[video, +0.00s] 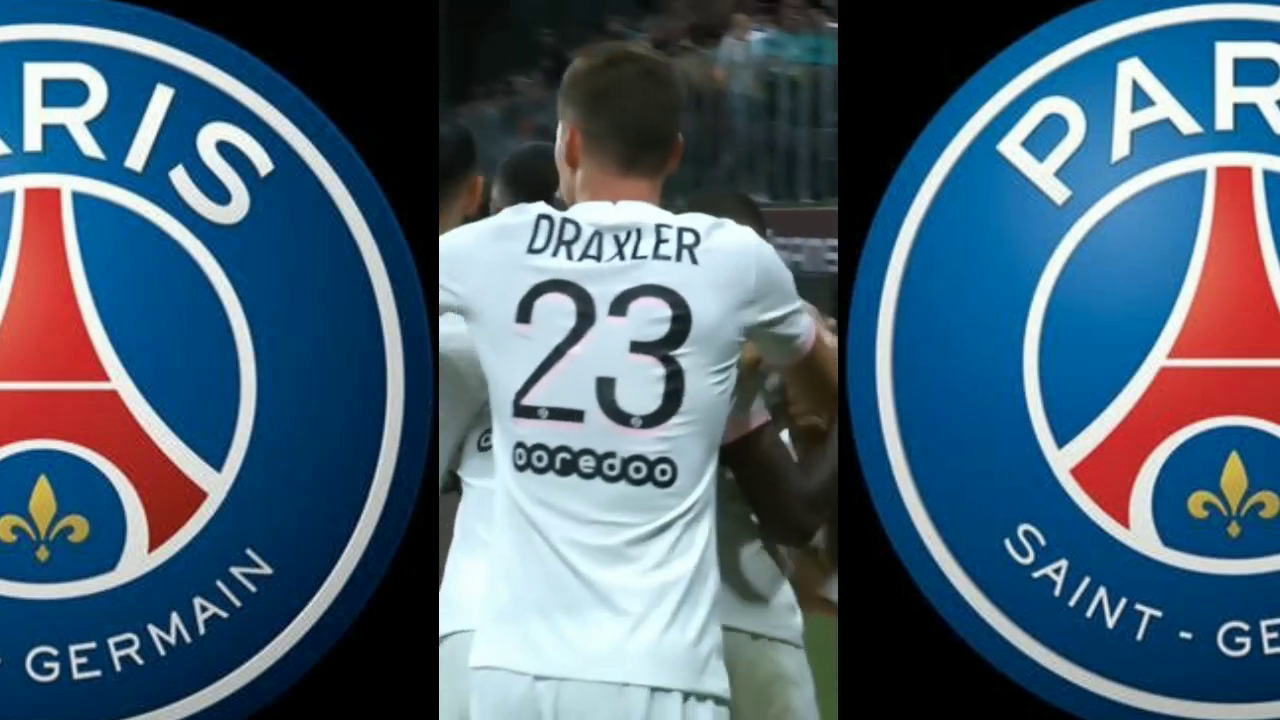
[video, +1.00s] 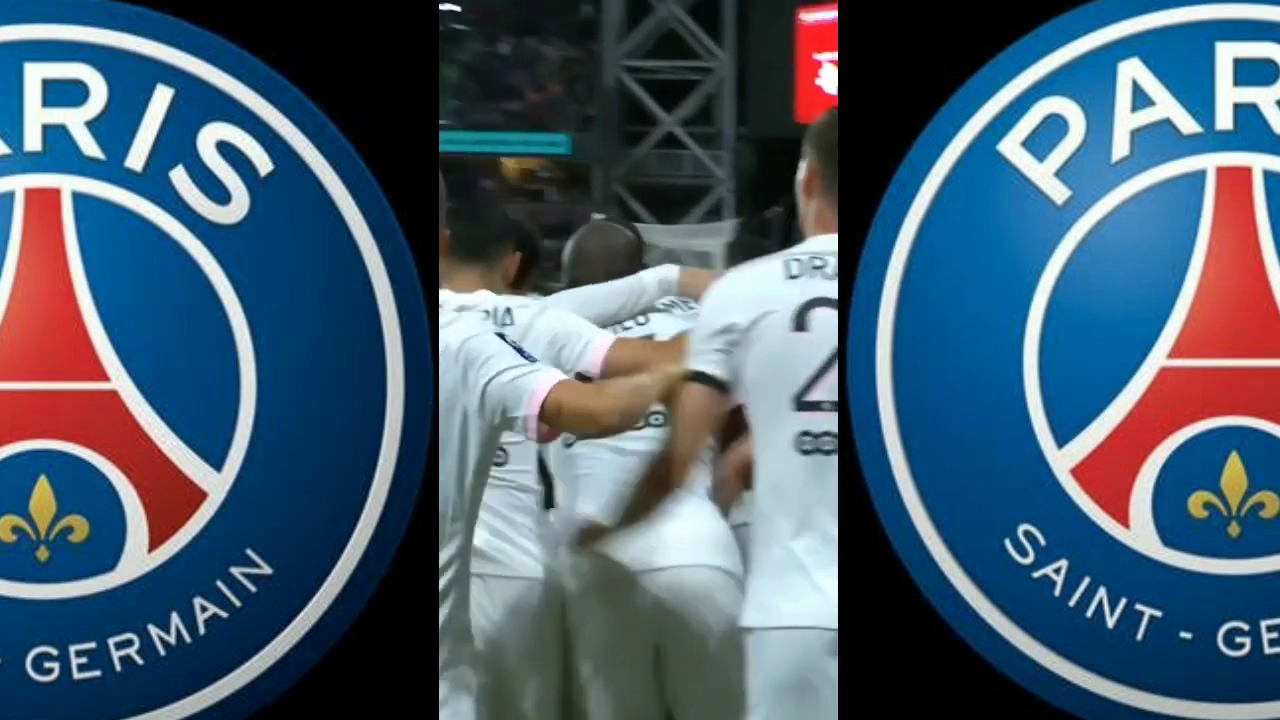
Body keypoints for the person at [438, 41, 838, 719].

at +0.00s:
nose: (556, 150)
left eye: (557, 136)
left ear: (568, 143)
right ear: (676, 154)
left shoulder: (475, 253)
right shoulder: (738, 259)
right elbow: (815, 359)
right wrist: (810, 422)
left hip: (495, 653)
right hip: (658, 663)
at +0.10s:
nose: (551, 157)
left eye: (553, 140)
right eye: (554, 139)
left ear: (568, 149)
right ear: (671, 161)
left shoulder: (491, 257)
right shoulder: (735, 263)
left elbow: (363, 292)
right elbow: (813, 386)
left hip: (528, 651)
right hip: (676, 656)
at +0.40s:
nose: (551, 165)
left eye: (551, 147)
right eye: (551, 146)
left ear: (569, 155)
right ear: (663, 159)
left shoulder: (492, 249)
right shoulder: (724, 259)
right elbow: (815, 402)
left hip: (533, 639)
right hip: (681, 641)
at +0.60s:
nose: (608, 176)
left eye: (609, 163)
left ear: (621, 173)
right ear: (715, 190)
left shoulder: (558, 263)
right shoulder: (777, 277)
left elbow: (454, 299)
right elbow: (816, 406)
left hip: (590, 633)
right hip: (731, 641)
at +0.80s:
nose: (700, 186)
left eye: (705, 171)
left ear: (716, 182)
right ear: (809, 200)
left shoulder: (655, 281)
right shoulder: (849, 284)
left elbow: (510, 319)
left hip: (695, 629)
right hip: (826, 627)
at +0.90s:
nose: (746, 181)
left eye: (749, 169)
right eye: (753, 167)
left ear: (759, 179)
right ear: (844, 189)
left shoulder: (693, 280)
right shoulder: (894, 282)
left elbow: (638, 358)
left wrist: (713, 354)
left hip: (739, 616)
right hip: (842, 612)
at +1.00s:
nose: (799, 178)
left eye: (802, 167)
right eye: (804, 166)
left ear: (808, 176)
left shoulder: (745, 288)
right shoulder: (920, 284)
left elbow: (679, 461)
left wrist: (614, 528)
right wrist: (754, 460)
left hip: (800, 608)